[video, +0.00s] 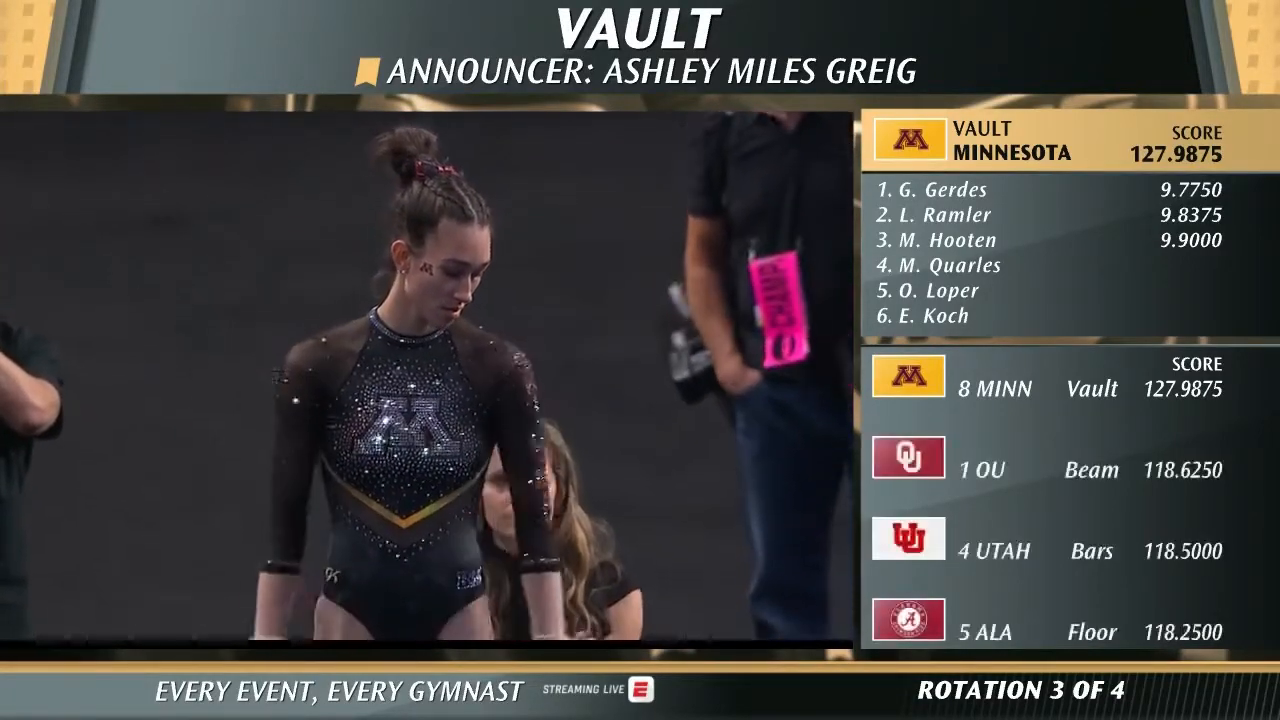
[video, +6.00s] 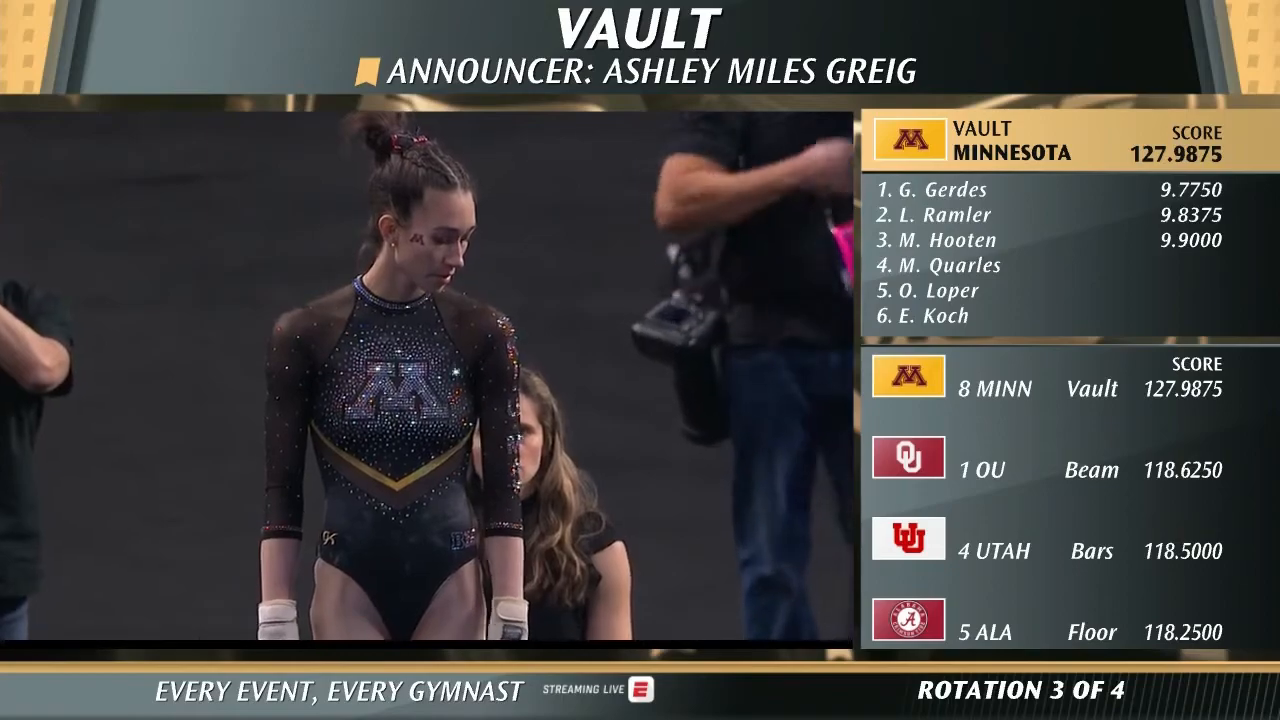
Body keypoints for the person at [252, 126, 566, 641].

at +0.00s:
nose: (465, 292)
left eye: (477, 273)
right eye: (451, 271)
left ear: (488, 265)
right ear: (403, 257)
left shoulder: (499, 369)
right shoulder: (316, 366)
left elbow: (533, 524)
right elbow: (286, 536)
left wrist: (551, 649)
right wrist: (265, 649)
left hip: (461, 606)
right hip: (350, 606)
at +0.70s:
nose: (504, 258)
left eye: (515, 241)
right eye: (492, 238)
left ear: (524, 230)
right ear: (441, 222)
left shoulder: (527, 327)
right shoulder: (343, 315)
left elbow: (555, 477)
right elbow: (299, 465)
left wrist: (543, 597)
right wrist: (287, 596)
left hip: (473, 579)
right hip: (361, 574)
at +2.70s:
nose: (459, 246)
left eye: (466, 228)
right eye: (445, 228)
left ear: (472, 218)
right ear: (392, 214)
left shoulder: (479, 317)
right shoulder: (303, 318)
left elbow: (499, 466)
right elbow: (277, 467)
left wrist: (510, 609)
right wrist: (277, 609)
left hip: (449, 562)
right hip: (341, 560)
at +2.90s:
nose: (467, 245)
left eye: (474, 227)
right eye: (453, 226)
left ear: (481, 216)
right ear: (400, 214)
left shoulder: (489, 316)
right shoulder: (311, 318)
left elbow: (500, 468)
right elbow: (290, 473)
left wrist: (473, 597)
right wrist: (331, 590)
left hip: (458, 566)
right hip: (355, 566)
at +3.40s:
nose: (470, 247)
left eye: (478, 229)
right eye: (456, 228)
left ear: (486, 218)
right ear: (404, 215)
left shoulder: (495, 317)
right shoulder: (317, 320)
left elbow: (526, 472)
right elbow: (292, 478)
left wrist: (543, 617)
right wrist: (273, 622)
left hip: (462, 566)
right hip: (354, 565)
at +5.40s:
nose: (460, 252)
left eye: (466, 235)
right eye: (444, 236)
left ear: (472, 225)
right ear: (390, 226)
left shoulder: (483, 329)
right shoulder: (305, 331)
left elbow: (499, 479)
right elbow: (285, 486)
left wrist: (500, 619)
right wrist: (281, 622)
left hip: (456, 573)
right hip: (348, 572)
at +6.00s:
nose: (458, 256)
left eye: (465, 239)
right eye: (443, 240)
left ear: (472, 227)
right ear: (389, 228)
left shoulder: (482, 332)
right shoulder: (305, 334)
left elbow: (501, 482)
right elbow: (282, 485)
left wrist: (511, 619)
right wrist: (275, 621)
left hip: (452, 574)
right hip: (345, 574)